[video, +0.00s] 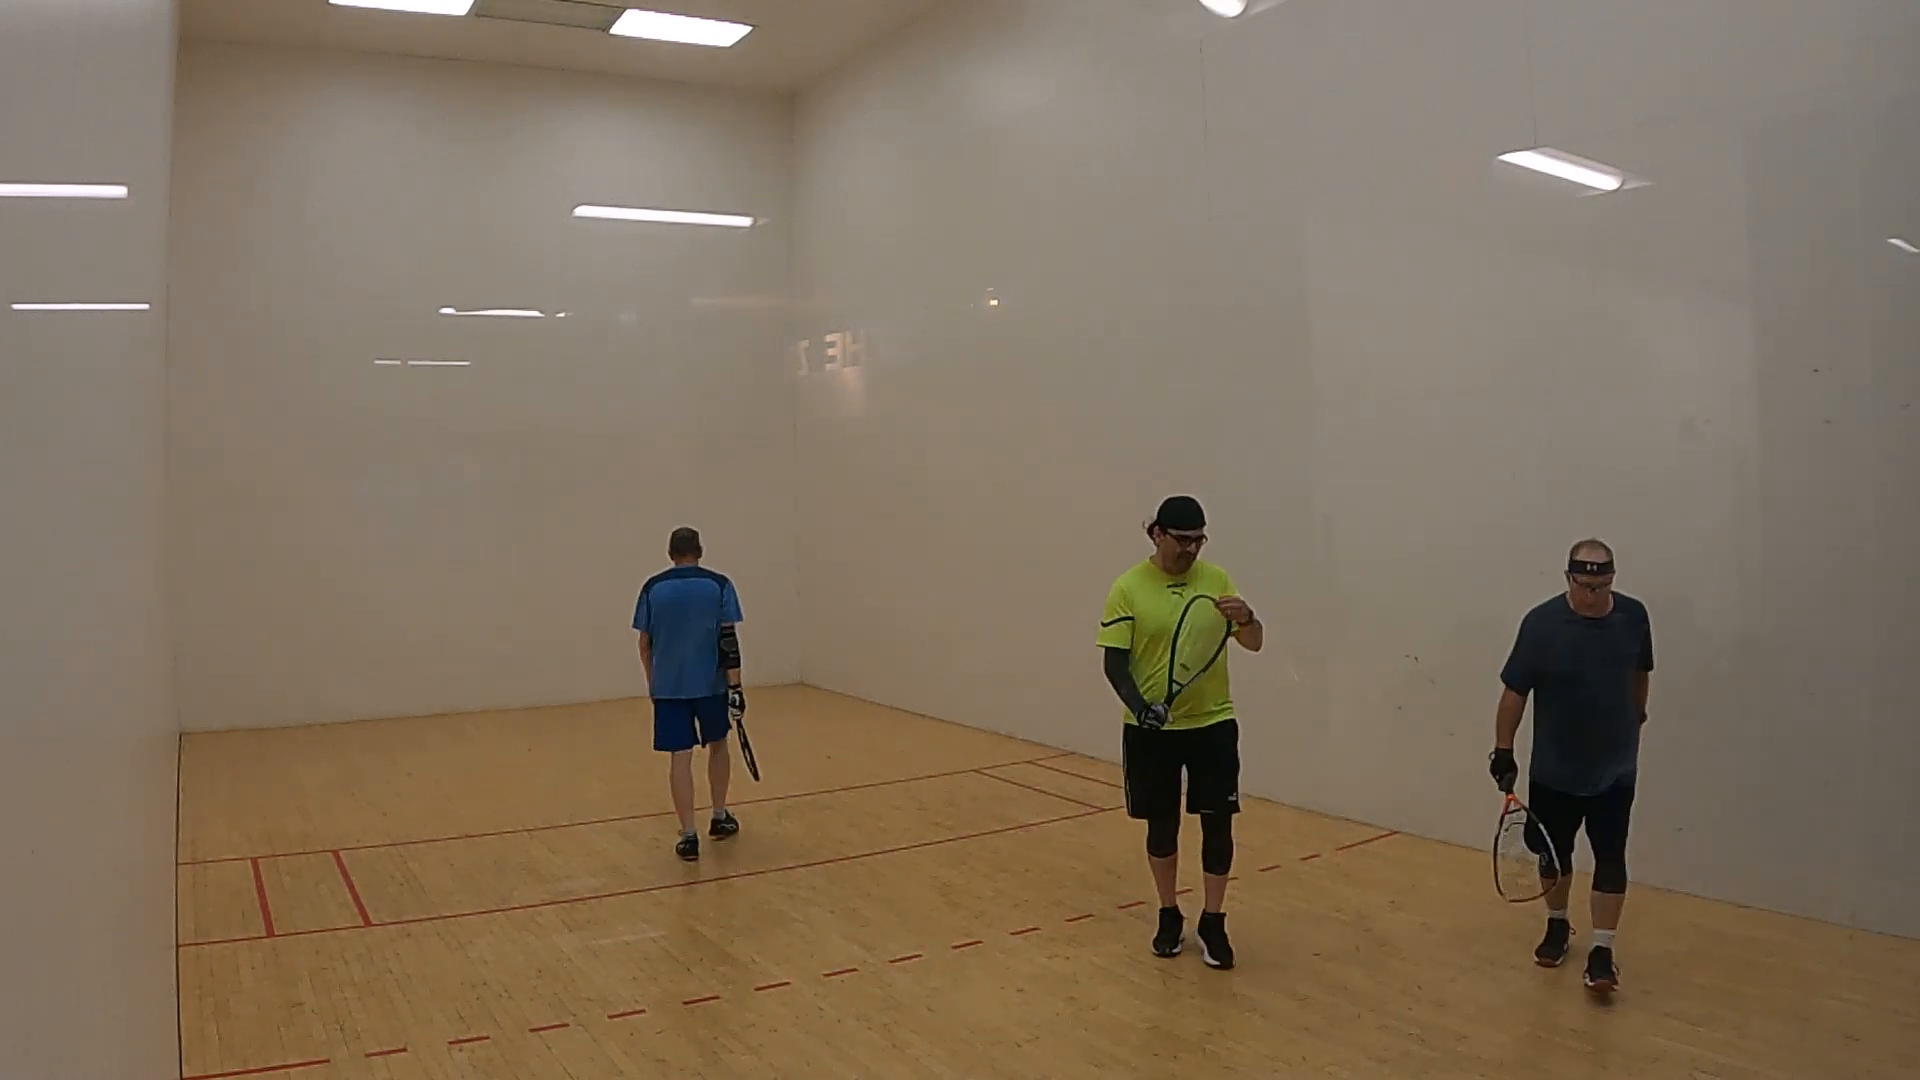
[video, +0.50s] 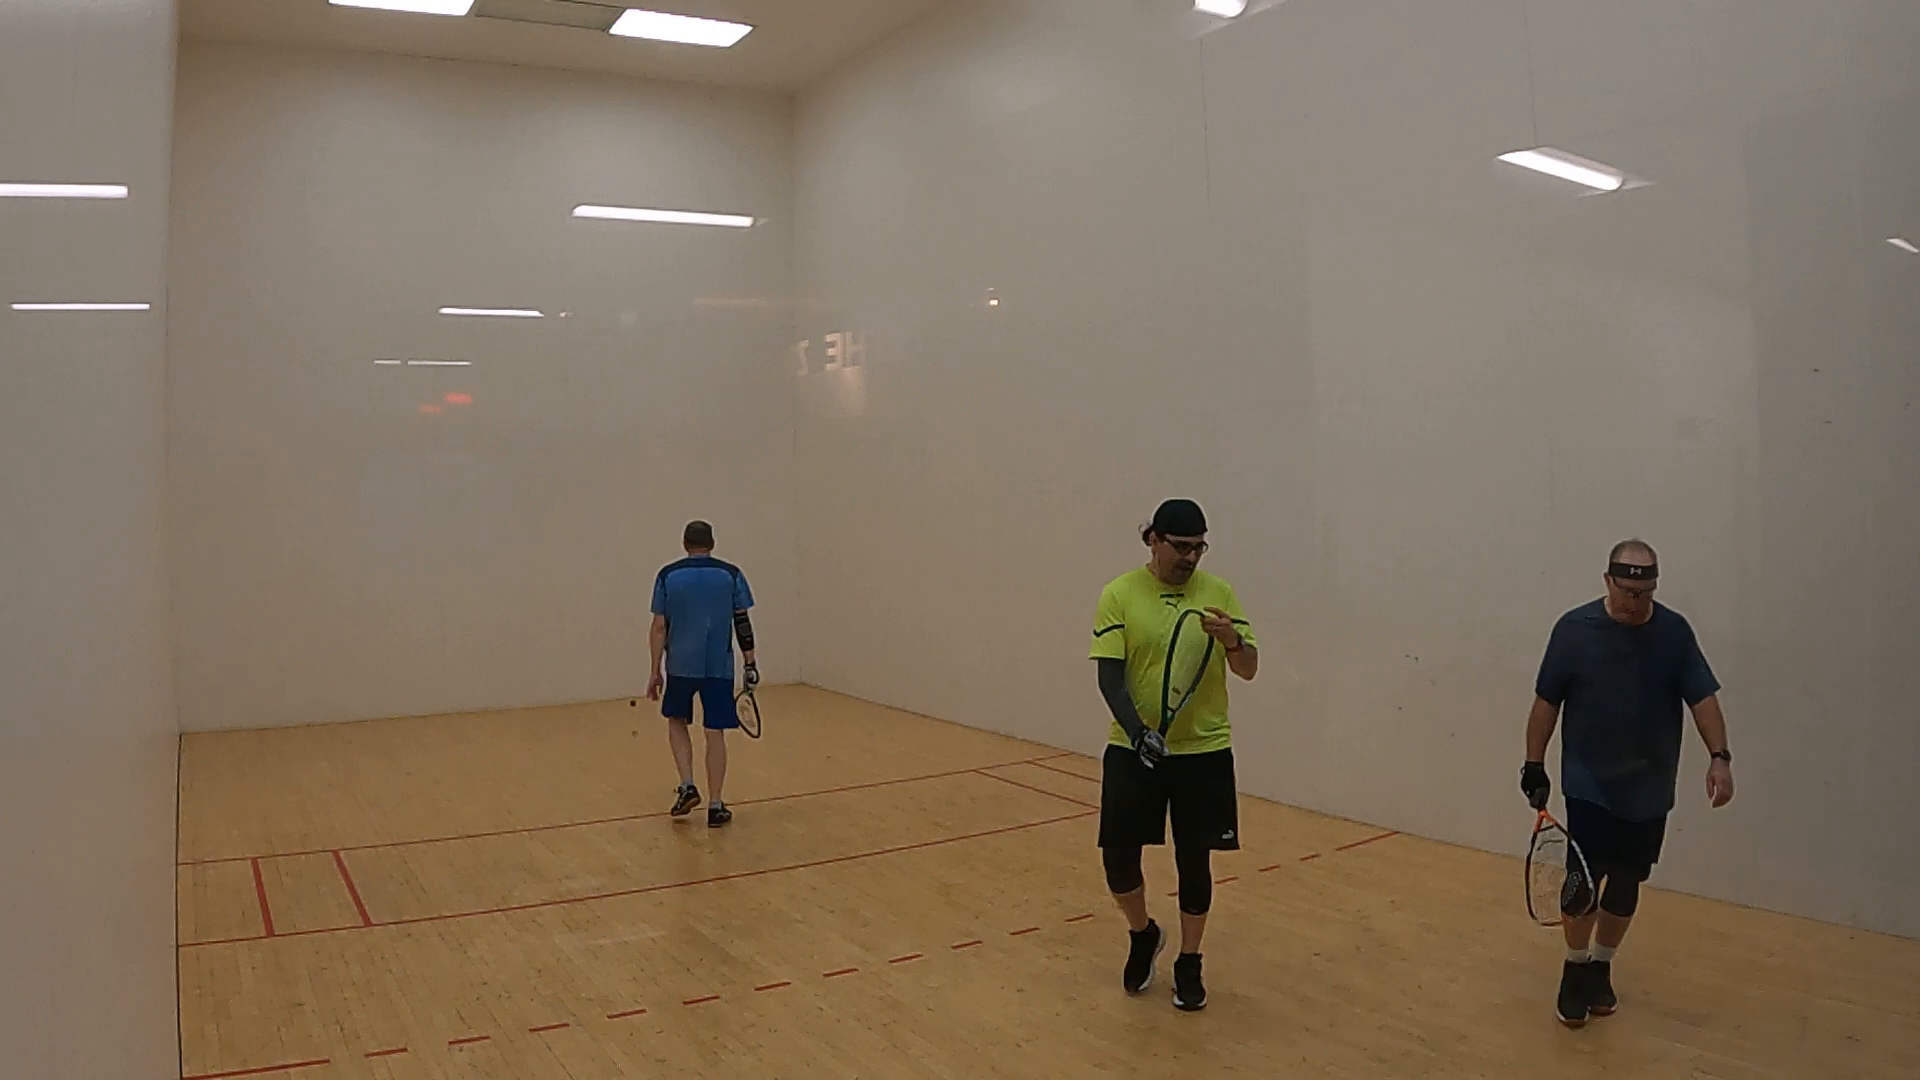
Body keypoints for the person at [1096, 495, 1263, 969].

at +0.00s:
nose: (1190, 548)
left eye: (1198, 540)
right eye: (1181, 539)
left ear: (1203, 539)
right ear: (1156, 535)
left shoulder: (1215, 581)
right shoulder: (1128, 590)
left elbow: (1253, 643)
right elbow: (1114, 663)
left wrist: (1245, 618)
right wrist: (1140, 706)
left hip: (1213, 724)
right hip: (1153, 729)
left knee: (1218, 824)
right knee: (1162, 826)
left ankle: (1213, 920)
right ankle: (1169, 915)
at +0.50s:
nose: (1190, 556)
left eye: (1198, 547)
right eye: (1180, 546)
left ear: (1205, 547)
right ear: (1153, 542)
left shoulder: (1218, 594)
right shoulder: (1119, 596)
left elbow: (1247, 670)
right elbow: (1109, 677)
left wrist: (1230, 640)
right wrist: (1137, 728)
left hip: (1201, 752)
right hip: (1134, 750)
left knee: (1194, 859)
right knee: (1118, 856)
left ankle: (1189, 962)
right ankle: (1142, 935)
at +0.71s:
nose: (1186, 558)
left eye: (1189, 548)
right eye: (1176, 549)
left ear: (1187, 550)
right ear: (1143, 549)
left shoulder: (1200, 600)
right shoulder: (1101, 607)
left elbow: (1230, 679)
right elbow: (1097, 695)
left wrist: (1226, 647)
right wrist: (1149, 741)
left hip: (1192, 767)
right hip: (1122, 767)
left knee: (1189, 874)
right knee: (1110, 884)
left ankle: (1187, 963)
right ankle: (1094, 1003)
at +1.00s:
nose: (1160, 558)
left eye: (1162, 547)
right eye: (1150, 548)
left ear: (1139, 551)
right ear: (1115, 549)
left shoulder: (1169, 604)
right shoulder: (1068, 610)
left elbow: (1186, 687)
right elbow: (1070, 706)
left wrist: (1200, 656)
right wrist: (1136, 753)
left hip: (1168, 776)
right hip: (1093, 781)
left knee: (1187, 886)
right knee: (1091, 902)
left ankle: (1166, 967)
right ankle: (1091, 1008)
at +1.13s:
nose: (1155, 563)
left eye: (1158, 552)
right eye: (1147, 552)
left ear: (1134, 554)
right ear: (1111, 551)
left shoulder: (1165, 609)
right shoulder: (1060, 611)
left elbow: (1178, 693)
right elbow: (1063, 708)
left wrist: (1196, 660)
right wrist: (1132, 756)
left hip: (1160, 782)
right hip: (1086, 786)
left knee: (1170, 901)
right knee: (1088, 905)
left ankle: (1152, 1019)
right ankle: (1090, 1011)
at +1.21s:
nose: (1155, 568)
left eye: (1158, 558)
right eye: (1146, 558)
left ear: (1134, 559)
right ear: (1109, 557)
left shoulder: (1165, 615)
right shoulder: (1058, 615)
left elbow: (1175, 701)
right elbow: (1061, 714)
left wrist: (1197, 668)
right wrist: (1131, 762)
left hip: (1155, 795)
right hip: (1080, 795)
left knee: (1152, 917)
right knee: (1086, 912)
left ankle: (1147, 1044)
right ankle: (1089, 1010)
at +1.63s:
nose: (1162, 570)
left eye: (1171, 559)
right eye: (1148, 557)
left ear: (1179, 561)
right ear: (1112, 556)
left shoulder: (1189, 625)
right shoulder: (1066, 620)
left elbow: (1208, 725)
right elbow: (1047, 722)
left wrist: (1213, 692)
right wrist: (1099, 792)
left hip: (1161, 819)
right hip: (1076, 815)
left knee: (1143, 951)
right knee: (1063, 954)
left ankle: (1131, 1068)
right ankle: (1084, 1030)